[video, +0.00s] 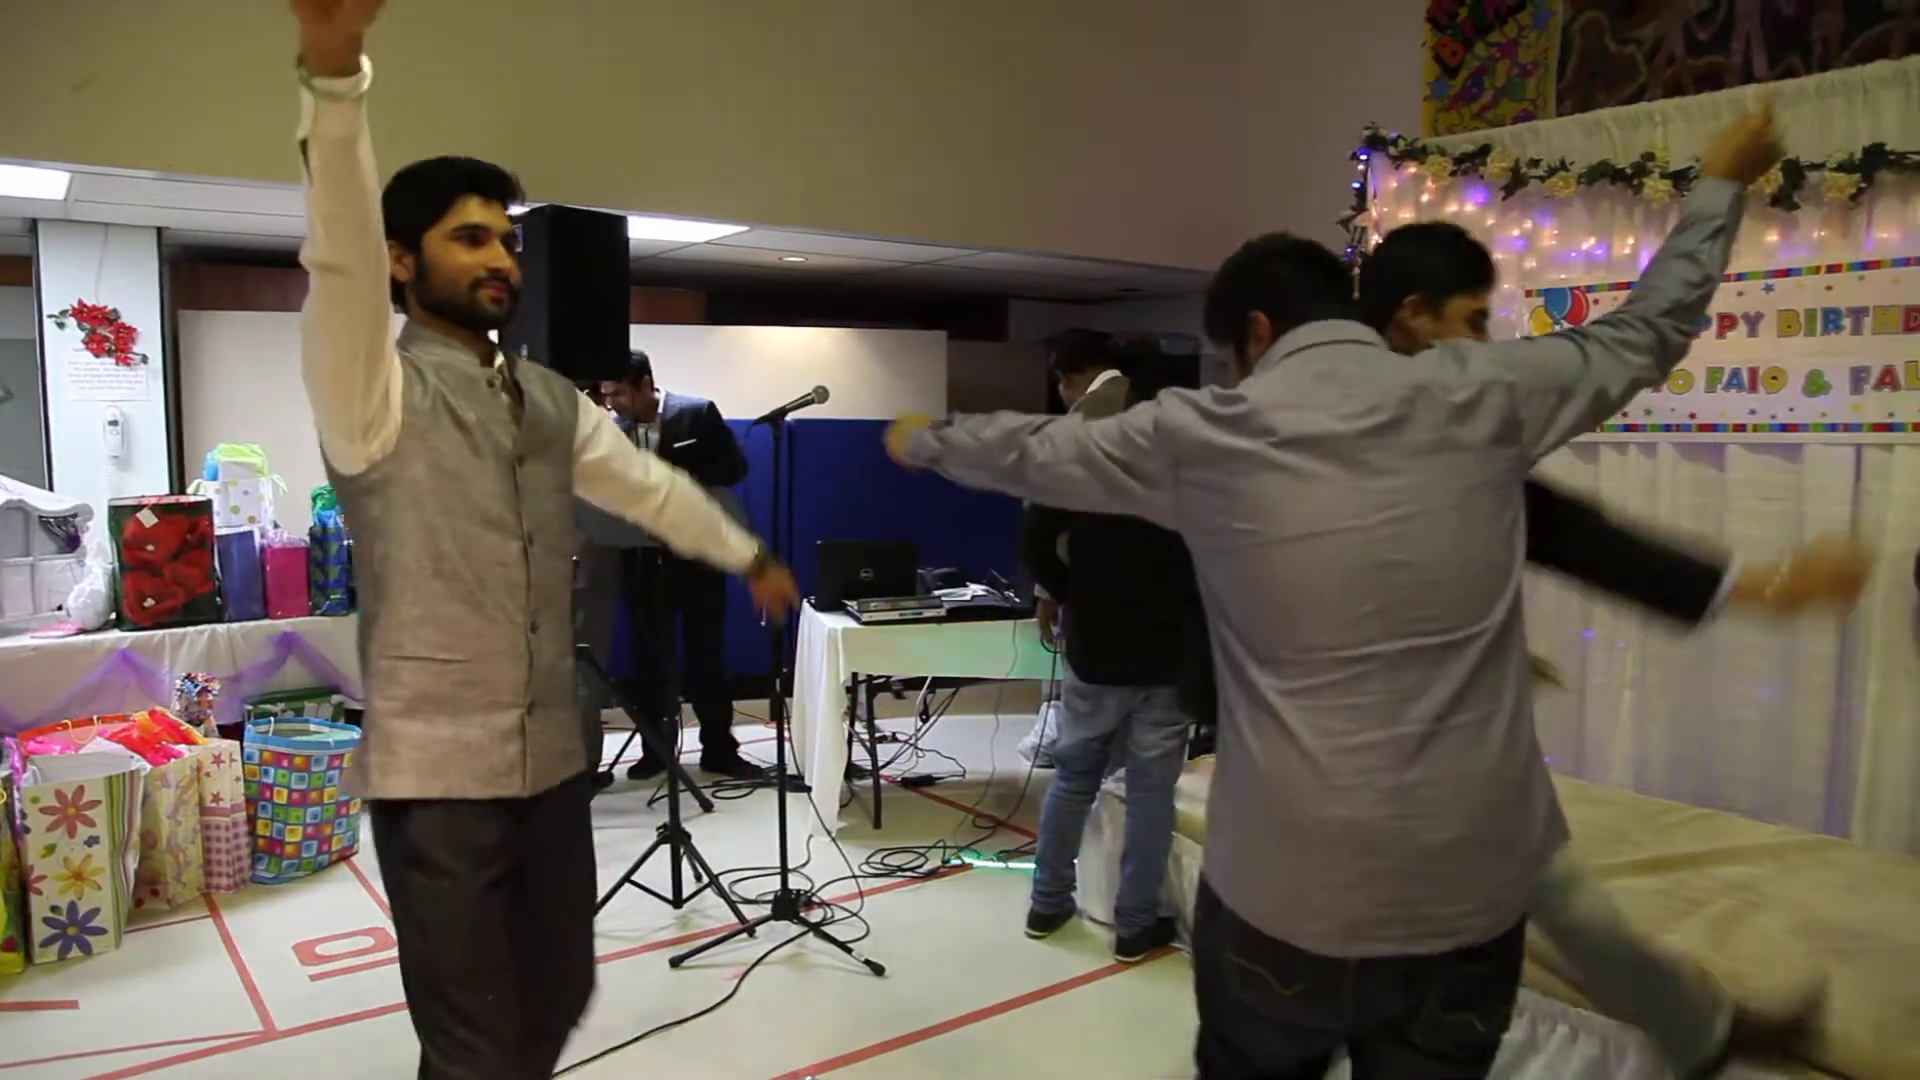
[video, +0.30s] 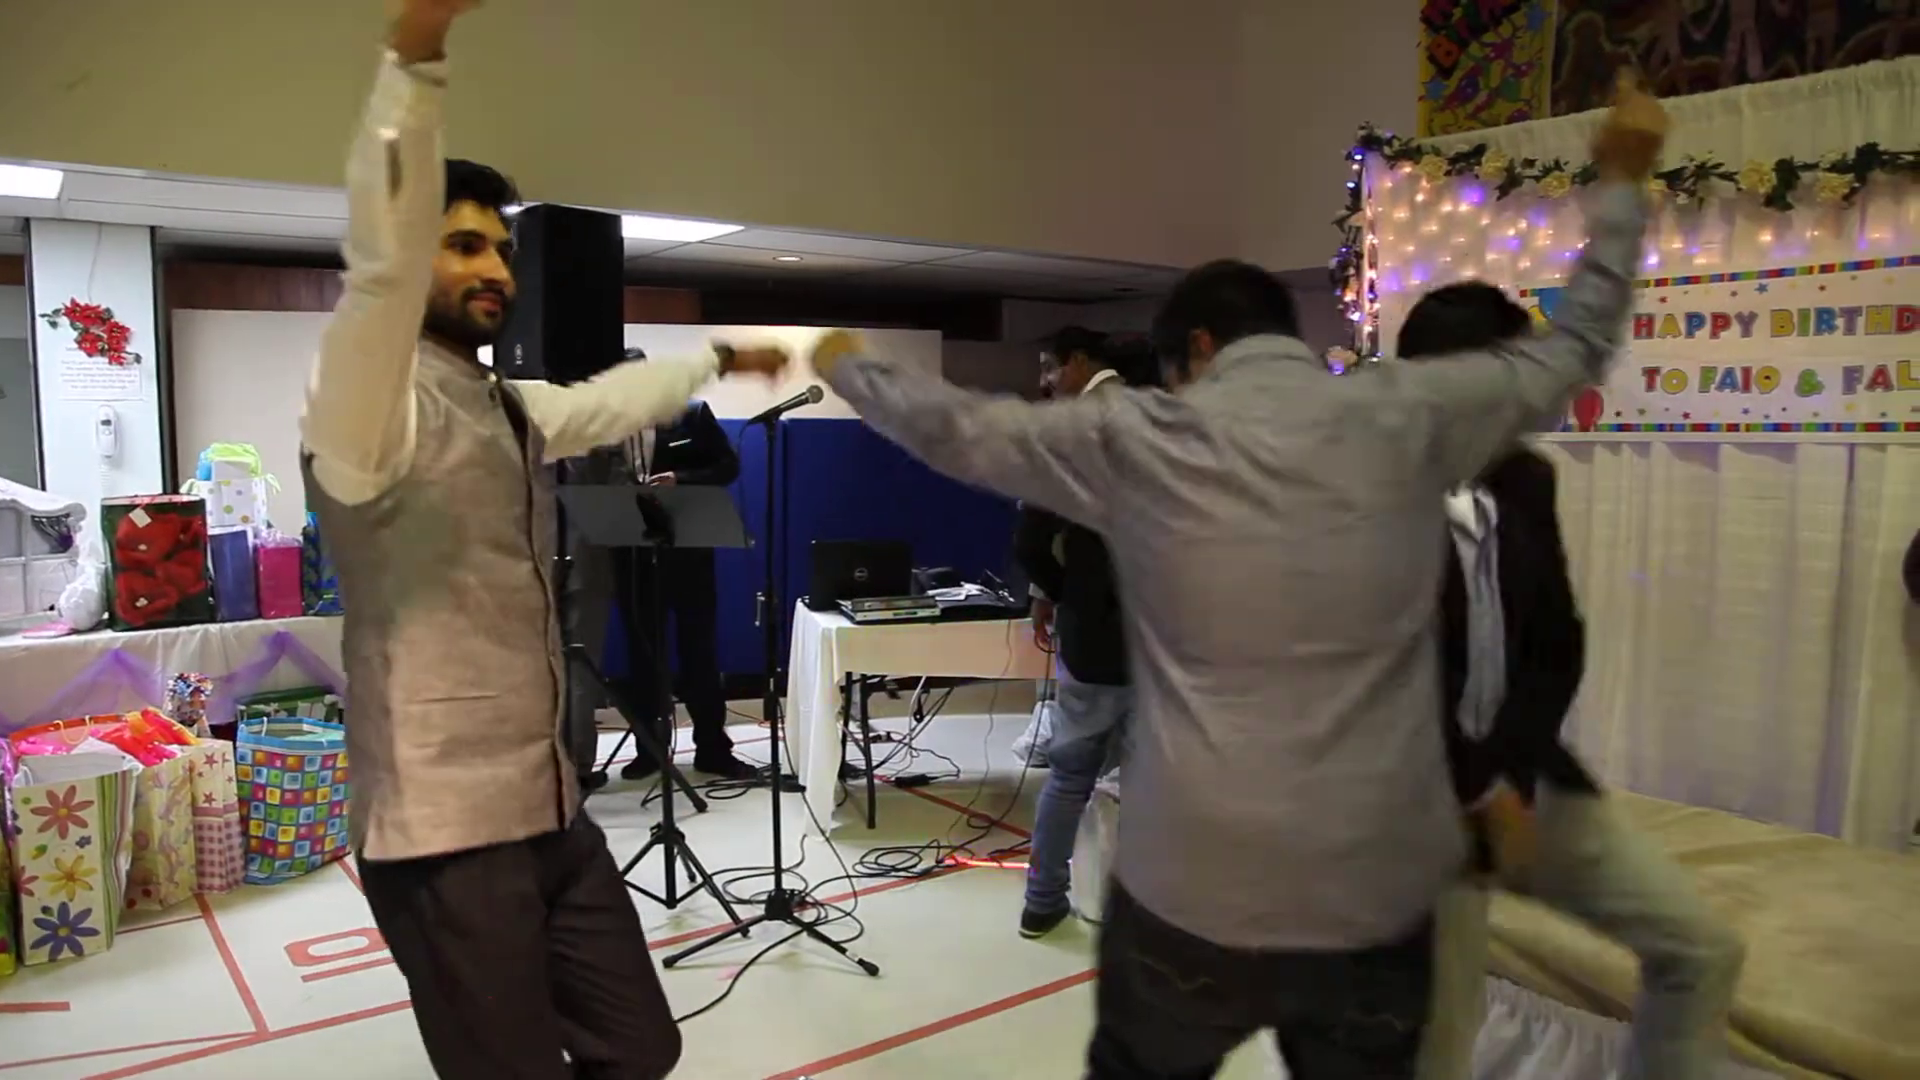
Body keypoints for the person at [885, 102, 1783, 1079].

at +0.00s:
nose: (1223, 379)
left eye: (1221, 356)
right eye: (1222, 361)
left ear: (1253, 337)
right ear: (1369, 314)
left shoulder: (1200, 438)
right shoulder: (1478, 387)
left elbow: (1043, 451)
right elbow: (1642, 337)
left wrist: (927, 440)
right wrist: (1722, 187)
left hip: (1287, 902)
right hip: (1478, 896)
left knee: (1255, 1066)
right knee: (1428, 1068)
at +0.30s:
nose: (1173, 383)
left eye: (1173, 366)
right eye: (1174, 369)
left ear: (1199, 348)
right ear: (1296, 334)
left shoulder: (1139, 437)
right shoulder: (1405, 412)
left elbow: (961, 430)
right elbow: (1570, 349)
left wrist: (828, 356)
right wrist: (1624, 180)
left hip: (1187, 889)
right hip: (1378, 888)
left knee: (1136, 1071)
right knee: (1365, 1074)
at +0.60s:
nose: (1032, 380)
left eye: (1034, 362)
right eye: (1036, 367)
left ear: (1054, 354)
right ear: (1163, 339)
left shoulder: (1001, 430)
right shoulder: (1259, 398)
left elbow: (860, 423)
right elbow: (1417, 328)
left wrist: (757, 370)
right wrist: (1486, 177)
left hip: (1051, 868)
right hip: (1219, 865)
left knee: (1036, 1069)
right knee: (1222, 1066)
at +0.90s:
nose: (987, 385)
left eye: (988, 367)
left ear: (1002, 368)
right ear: (1107, 355)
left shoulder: (943, 468)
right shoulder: (1181, 410)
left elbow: (813, 499)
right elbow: (1365, 343)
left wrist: (747, 408)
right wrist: (1433, 180)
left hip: (1017, 871)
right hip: (1174, 865)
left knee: (1020, 1070)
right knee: (1180, 1070)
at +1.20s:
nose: (981, 373)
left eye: (984, 357)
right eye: (984, 357)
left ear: (998, 355)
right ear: (1098, 334)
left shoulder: (954, 450)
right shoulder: (1182, 369)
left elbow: (811, 518)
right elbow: (1304, 252)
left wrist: (813, 573)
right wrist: (1404, 130)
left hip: (1053, 842)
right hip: (1204, 829)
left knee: (1049, 1048)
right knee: (1184, 1062)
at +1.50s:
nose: (1148, 342)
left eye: (1146, 327)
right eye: (1144, 326)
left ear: (1032, 335)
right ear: (1116, 326)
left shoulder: (956, 465)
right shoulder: (1172, 407)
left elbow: (904, 636)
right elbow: (1359, 399)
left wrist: (939, 775)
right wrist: (1341, 304)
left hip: (1041, 804)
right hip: (1177, 801)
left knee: (1062, 992)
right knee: (1169, 1026)